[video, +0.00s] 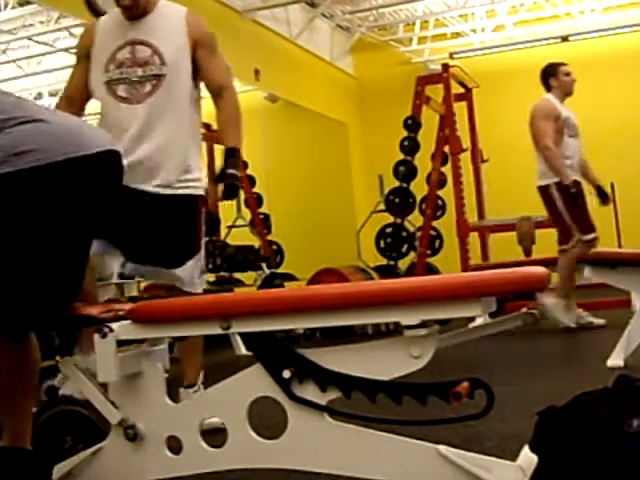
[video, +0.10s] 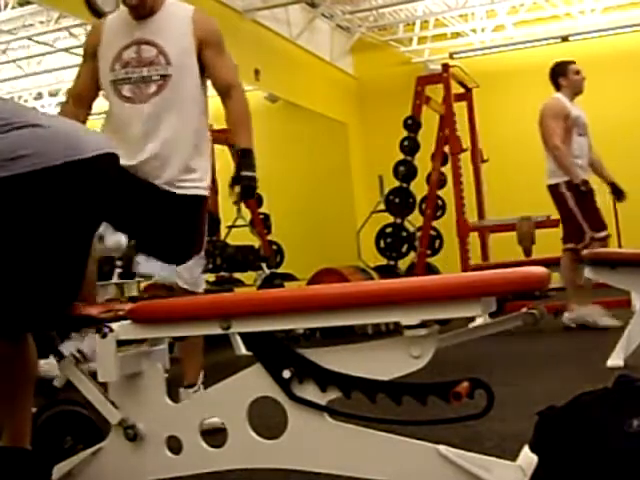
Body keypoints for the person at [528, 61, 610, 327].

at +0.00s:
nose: (573, 79)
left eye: (571, 74)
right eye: (567, 75)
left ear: (561, 80)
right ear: (552, 81)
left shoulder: (564, 112)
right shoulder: (545, 107)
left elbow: (576, 155)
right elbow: (546, 146)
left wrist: (597, 184)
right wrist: (565, 178)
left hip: (569, 182)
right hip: (555, 182)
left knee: (569, 245)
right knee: (585, 238)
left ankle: (570, 307)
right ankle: (554, 295)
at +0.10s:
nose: (582, 77)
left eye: (581, 73)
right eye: (576, 73)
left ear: (570, 80)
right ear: (561, 80)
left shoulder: (574, 110)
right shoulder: (554, 106)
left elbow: (588, 154)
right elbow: (554, 145)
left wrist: (611, 182)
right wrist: (576, 176)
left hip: (575, 181)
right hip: (565, 181)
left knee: (572, 245)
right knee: (597, 237)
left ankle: (573, 306)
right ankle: (583, 302)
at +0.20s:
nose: (597, 76)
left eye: (595, 71)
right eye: (591, 72)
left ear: (586, 78)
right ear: (576, 79)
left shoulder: (589, 109)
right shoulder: (570, 105)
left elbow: (603, 150)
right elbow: (571, 149)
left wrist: (629, 178)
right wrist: (596, 181)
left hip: (589, 184)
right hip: (578, 185)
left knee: (578, 248)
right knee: (609, 246)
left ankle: (572, 307)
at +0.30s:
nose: (607, 75)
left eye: (606, 70)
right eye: (601, 72)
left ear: (596, 78)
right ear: (587, 78)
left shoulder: (600, 108)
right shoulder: (580, 106)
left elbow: (614, 151)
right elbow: (583, 151)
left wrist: (636, 174)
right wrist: (607, 182)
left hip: (600, 184)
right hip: (590, 186)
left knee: (587, 247)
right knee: (622, 245)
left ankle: (573, 306)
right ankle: (634, 302)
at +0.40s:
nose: (621, 70)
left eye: (619, 66)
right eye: (615, 67)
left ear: (606, 75)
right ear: (601, 75)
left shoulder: (613, 103)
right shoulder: (595, 103)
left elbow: (625, 145)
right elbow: (601, 148)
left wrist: (636, 167)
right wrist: (622, 178)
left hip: (623, 177)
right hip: (610, 179)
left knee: (616, 240)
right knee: (625, 240)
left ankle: (581, 299)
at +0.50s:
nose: (629, 67)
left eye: (627, 62)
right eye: (622, 64)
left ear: (611, 74)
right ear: (608, 74)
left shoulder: (619, 98)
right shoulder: (605, 99)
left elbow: (624, 141)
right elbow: (613, 145)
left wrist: (634, 168)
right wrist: (634, 172)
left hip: (628, 172)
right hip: (618, 174)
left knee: (635, 234)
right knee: (630, 235)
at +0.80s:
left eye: (639, 60)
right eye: (639, 61)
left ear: (631, 67)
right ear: (632, 66)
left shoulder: (628, 93)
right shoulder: (631, 93)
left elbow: (631, 134)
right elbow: (634, 134)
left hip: (635, 164)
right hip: (636, 165)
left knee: (638, 222)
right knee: (639, 223)